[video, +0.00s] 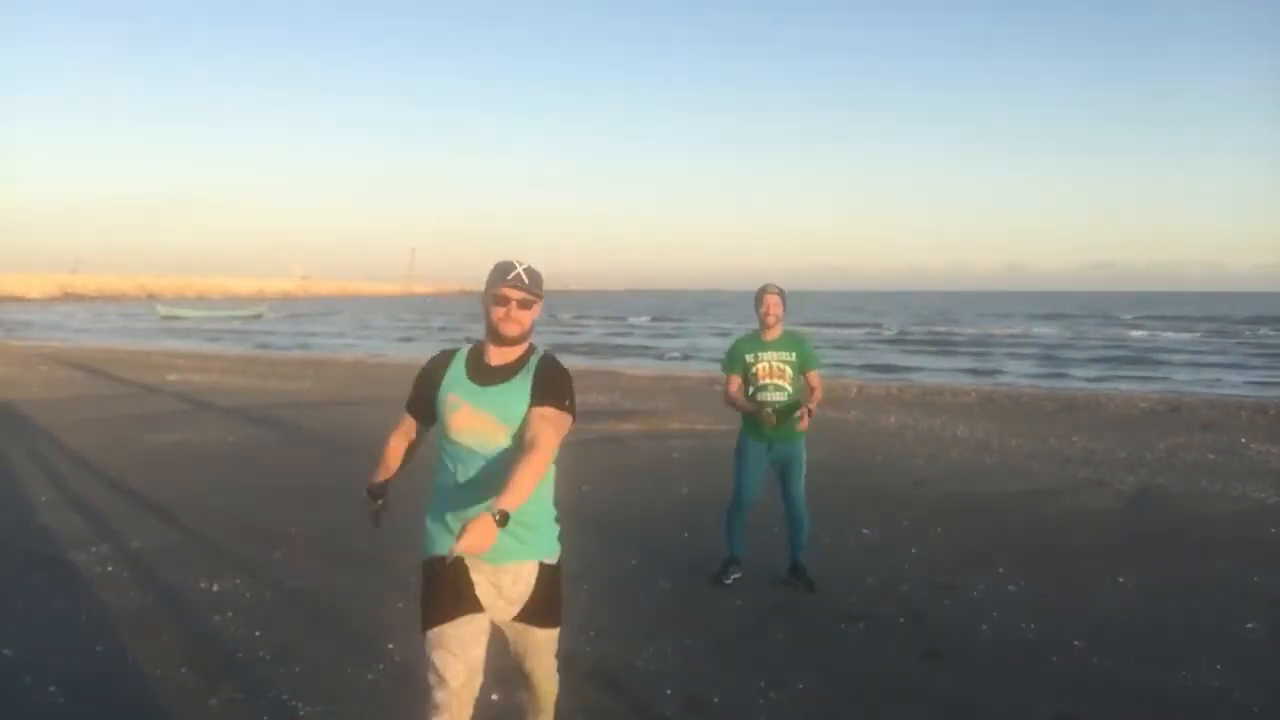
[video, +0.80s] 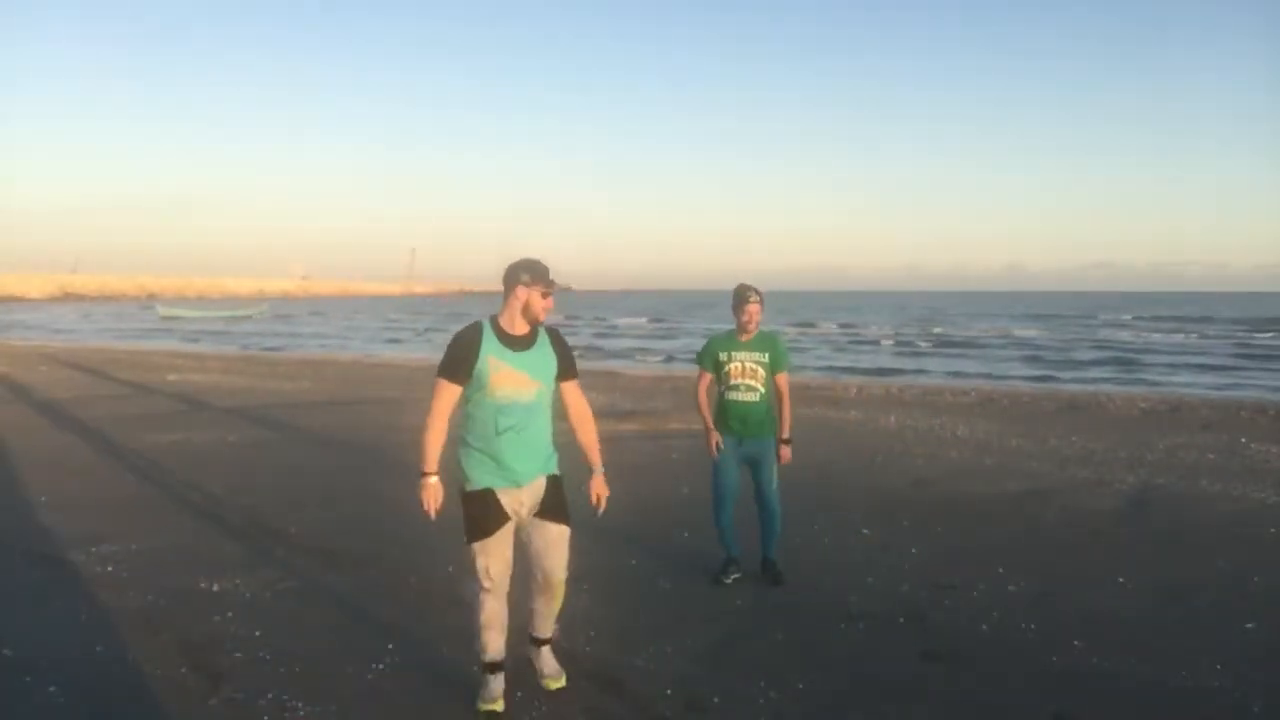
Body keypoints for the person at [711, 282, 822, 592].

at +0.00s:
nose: (769, 311)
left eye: (775, 305)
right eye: (764, 305)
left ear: (783, 310)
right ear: (756, 310)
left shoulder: (799, 345)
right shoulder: (742, 347)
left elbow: (816, 387)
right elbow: (731, 392)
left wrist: (808, 408)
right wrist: (756, 410)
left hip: (791, 434)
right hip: (755, 434)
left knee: (796, 501)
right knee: (743, 498)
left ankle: (798, 564)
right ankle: (734, 561)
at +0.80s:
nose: (749, 318)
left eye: (754, 312)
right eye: (744, 312)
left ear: (761, 313)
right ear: (734, 312)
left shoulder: (773, 344)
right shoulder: (717, 345)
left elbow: (783, 393)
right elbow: (701, 389)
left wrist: (784, 438)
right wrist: (710, 429)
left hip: (764, 435)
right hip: (727, 435)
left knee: (769, 501)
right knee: (723, 500)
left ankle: (769, 559)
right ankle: (731, 559)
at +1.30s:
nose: (761, 314)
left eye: (767, 309)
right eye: (757, 309)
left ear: (779, 312)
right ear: (753, 312)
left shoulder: (796, 348)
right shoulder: (740, 347)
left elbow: (816, 390)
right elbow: (721, 392)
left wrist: (803, 414)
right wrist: (733, 419)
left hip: (787, 435)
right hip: (750, 436)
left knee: (797, 503)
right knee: (739, 500)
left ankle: (799, 567)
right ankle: (733, 561)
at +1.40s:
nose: (768, 312)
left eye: (774, 307)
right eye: (764, 307)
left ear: (785, 311)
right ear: (759, 312)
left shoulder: (804, 347)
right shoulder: (748, 347)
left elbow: (825, 391)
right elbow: (730, 393)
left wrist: (808, 400)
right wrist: (742, 396)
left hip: (795, 436)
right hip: (759, 434)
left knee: (801, 505)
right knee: (743, 498)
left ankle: (799, 568)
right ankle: (734, 561)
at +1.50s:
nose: (772, 310)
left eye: (778, 305)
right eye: (767, 305)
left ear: (789, 308)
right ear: (763, 310)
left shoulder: (807, 345)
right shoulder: (751, 345)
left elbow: (826, 391)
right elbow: (736, 394)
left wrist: (805, 390)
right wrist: (745, 386)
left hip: (799, 436)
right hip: (762, 434)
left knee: (803, 504)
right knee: (748, 497)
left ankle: (799, 568)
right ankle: (739, 560)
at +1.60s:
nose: (776, 306)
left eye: (782, 301)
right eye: (772, 302)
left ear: (794, 305)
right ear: (767, 307)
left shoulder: (811, 342)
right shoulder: (756, 342)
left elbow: (819, 388)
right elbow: (748, 390)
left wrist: (795, 379)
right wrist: (768, 377)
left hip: (801, 434)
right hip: (765, 432)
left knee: (804, 503)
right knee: (756, 495)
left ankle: (800, 567)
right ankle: (753, 560)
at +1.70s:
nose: (778, 309)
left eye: (784, 303)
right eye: (773, 304)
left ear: (796, 306)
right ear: (769, 308)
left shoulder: (814, 341)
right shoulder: (758, 342)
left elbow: (825, 386)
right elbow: (745, 389)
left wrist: (797, 377)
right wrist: (768, 375)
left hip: (802, 435)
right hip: (766, 434)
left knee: (805, 505)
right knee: (766, 501)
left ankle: (800, 568)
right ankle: (769, 565)